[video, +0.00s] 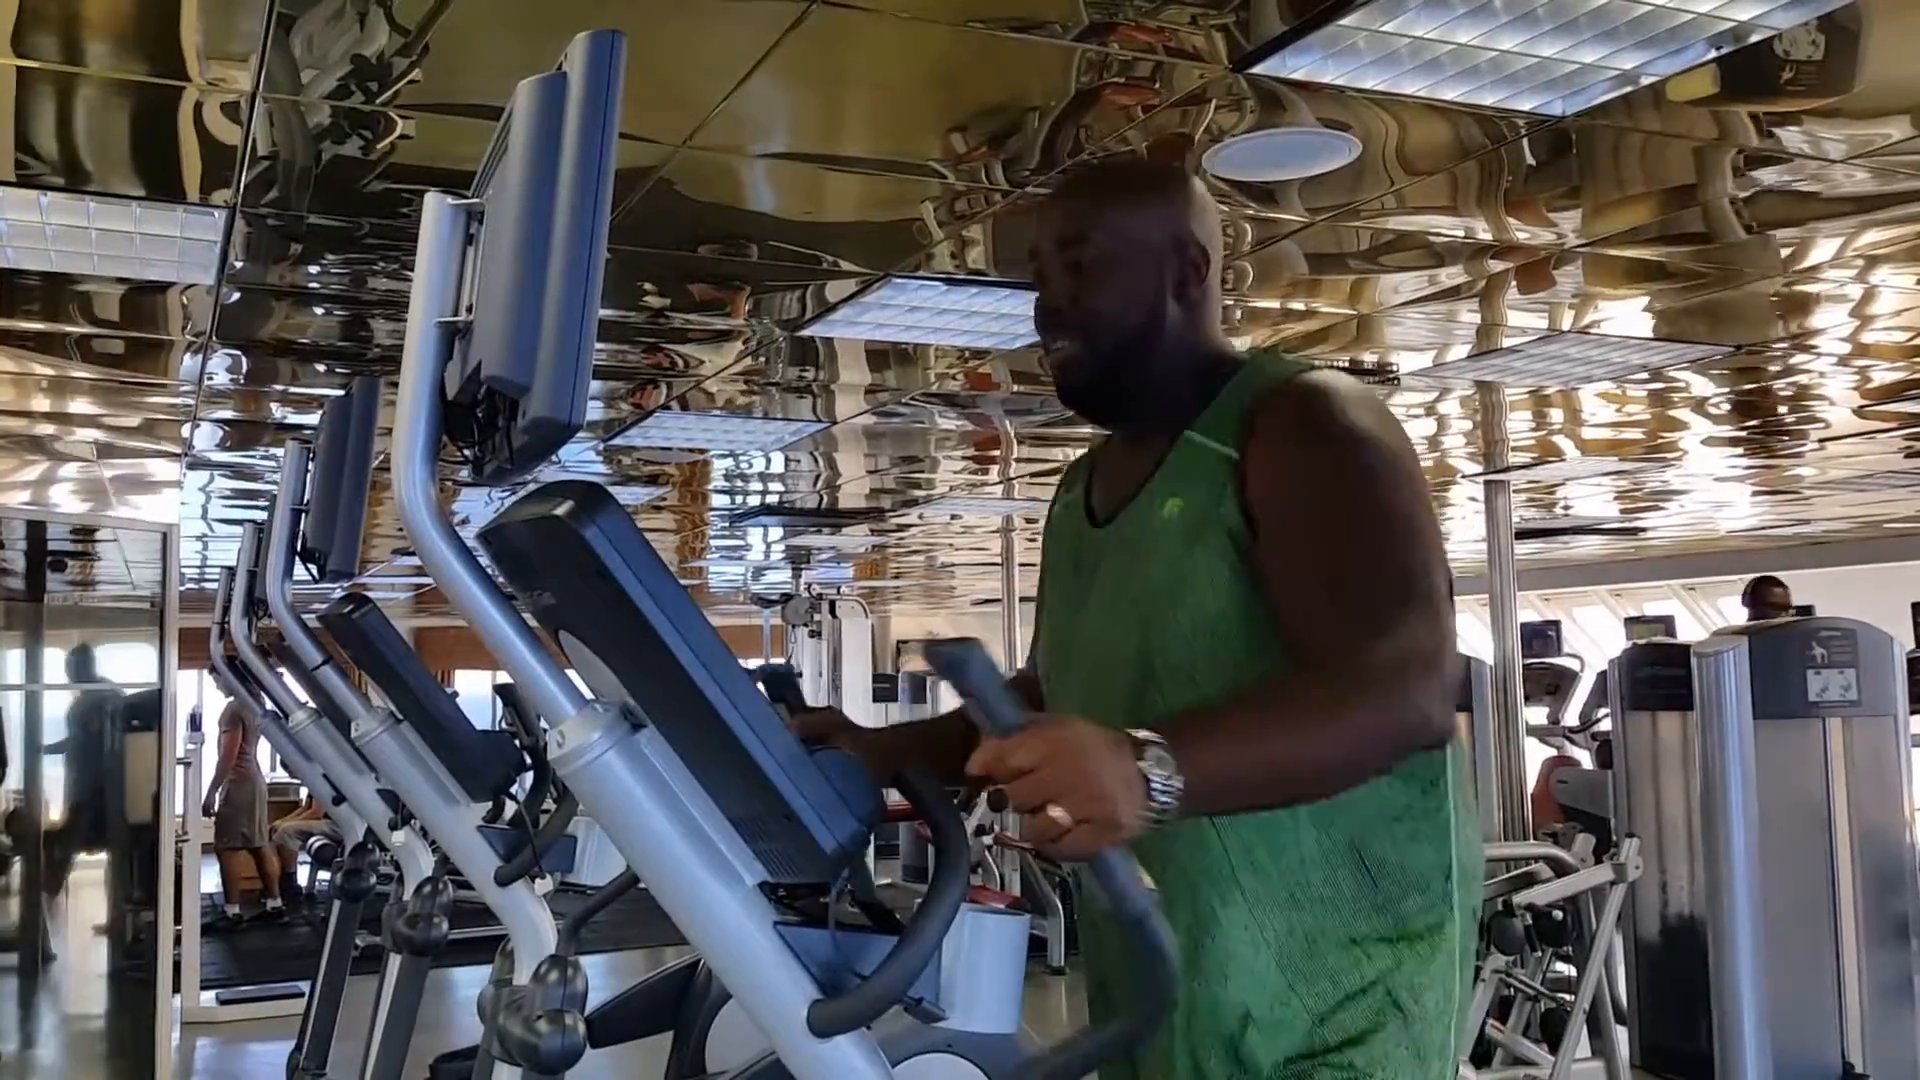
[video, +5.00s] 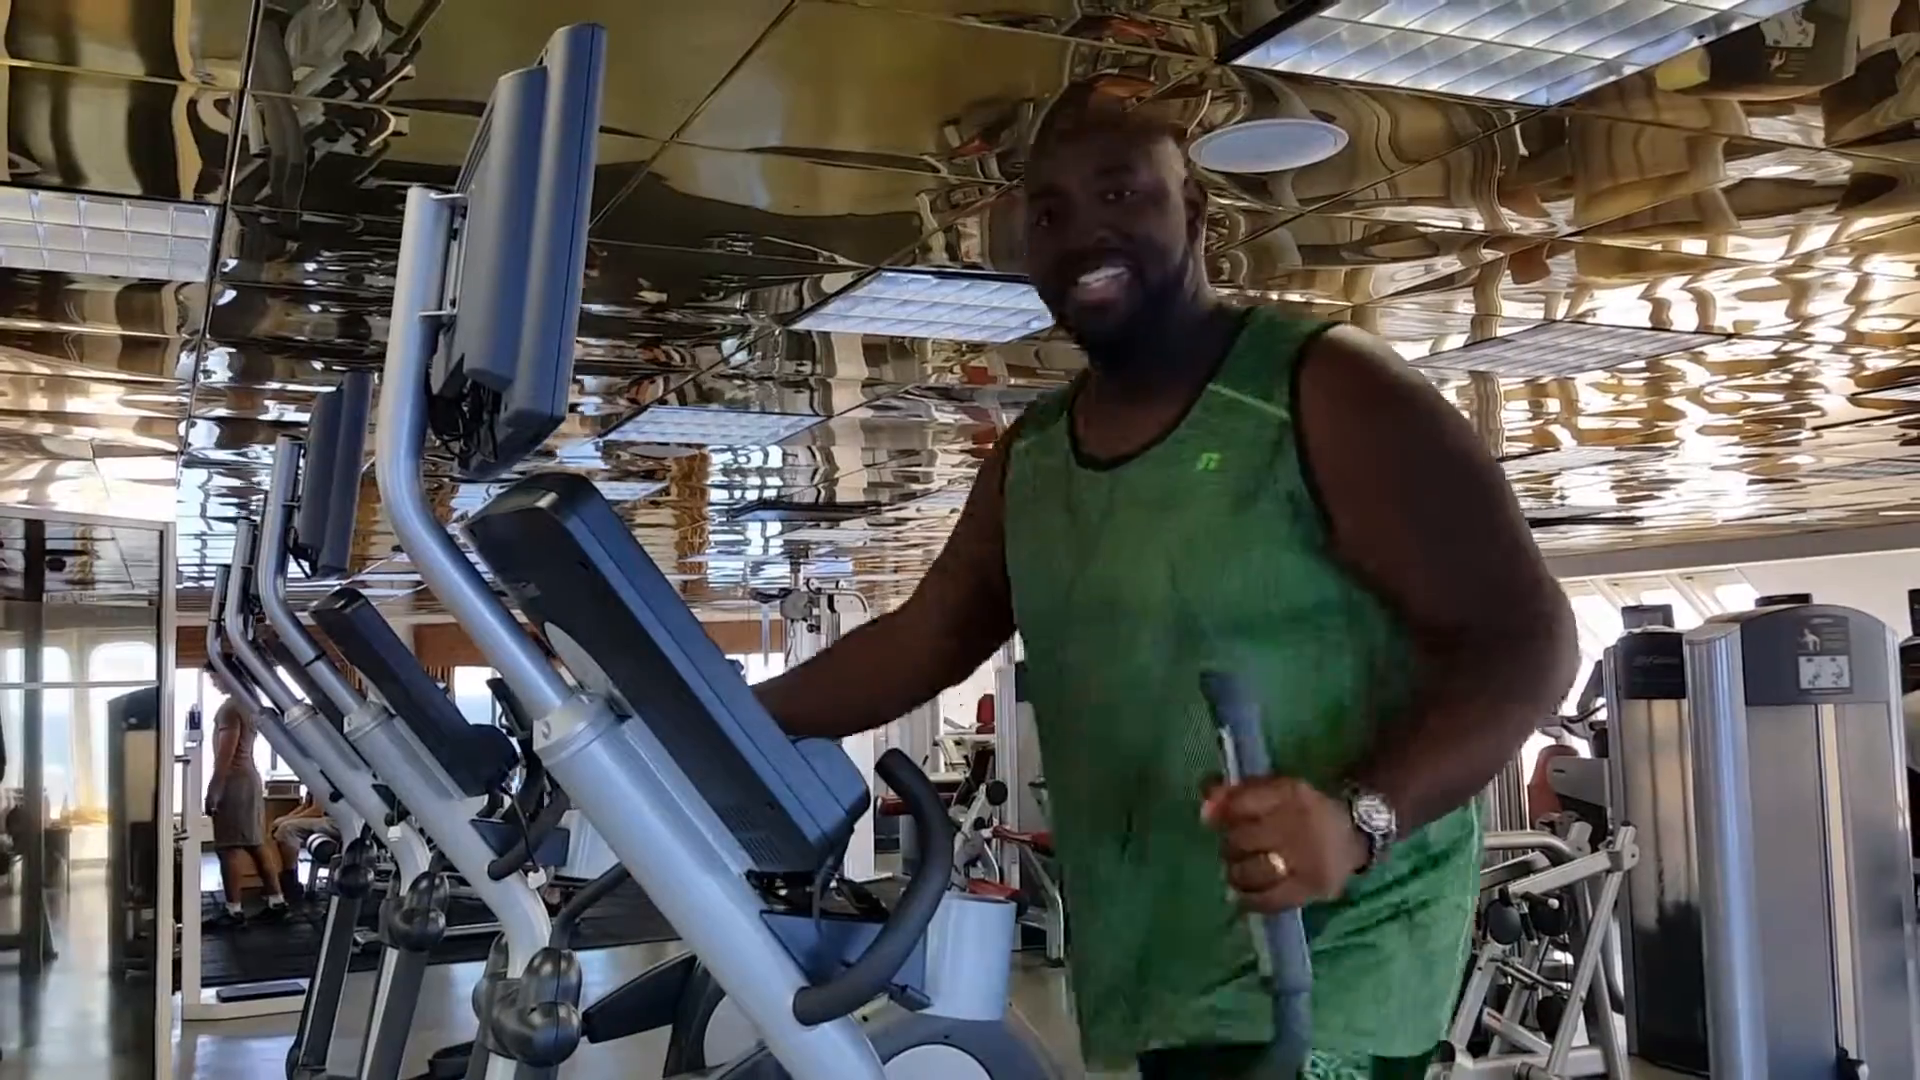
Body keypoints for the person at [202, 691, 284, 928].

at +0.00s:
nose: (214, 683)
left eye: (216, 677)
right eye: (213, 678)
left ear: (229, 676)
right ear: (236, 676)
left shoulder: (234, 709)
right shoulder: (254, 705)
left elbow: (228, 758)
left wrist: (211, 793)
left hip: (238, 783)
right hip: (256, 781)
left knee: (226, 847)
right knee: (260, 844)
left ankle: (232, 909)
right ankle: (275, 903)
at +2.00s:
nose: (208, 686)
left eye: (210, 680)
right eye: (207, 681)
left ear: (223, 679)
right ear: (229, 681)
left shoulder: (228, 712)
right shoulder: (244, 708)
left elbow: (223, 761)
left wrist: (207, 795)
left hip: (230, 787)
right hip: (247, 784)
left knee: (222, 851)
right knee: (254, 847)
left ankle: (228, 912)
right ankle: (270, 907)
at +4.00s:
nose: (211, 680)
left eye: (214, 671)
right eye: (210, 672)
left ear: (229, 675)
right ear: (236, 676)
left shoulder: (235, 708)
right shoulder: (250, 706)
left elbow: (231, 755)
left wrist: (218, 790)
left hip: (237, 783)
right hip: (253, 782)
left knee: (229, 849)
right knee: (259, 845)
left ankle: (232, 912)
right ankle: (274, 906)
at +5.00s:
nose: (211, 681)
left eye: (213, 675)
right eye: (209, 676)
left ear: (226, 675)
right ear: (235, 675)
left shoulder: (230, 708)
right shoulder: (248, 705)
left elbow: (227, 753)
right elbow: (243, 752)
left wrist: (214, 788)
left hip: (233, 781)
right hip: (250, 779)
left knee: (229, 847)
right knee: (256, 842)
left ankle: (233, 909)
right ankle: (277, 901)